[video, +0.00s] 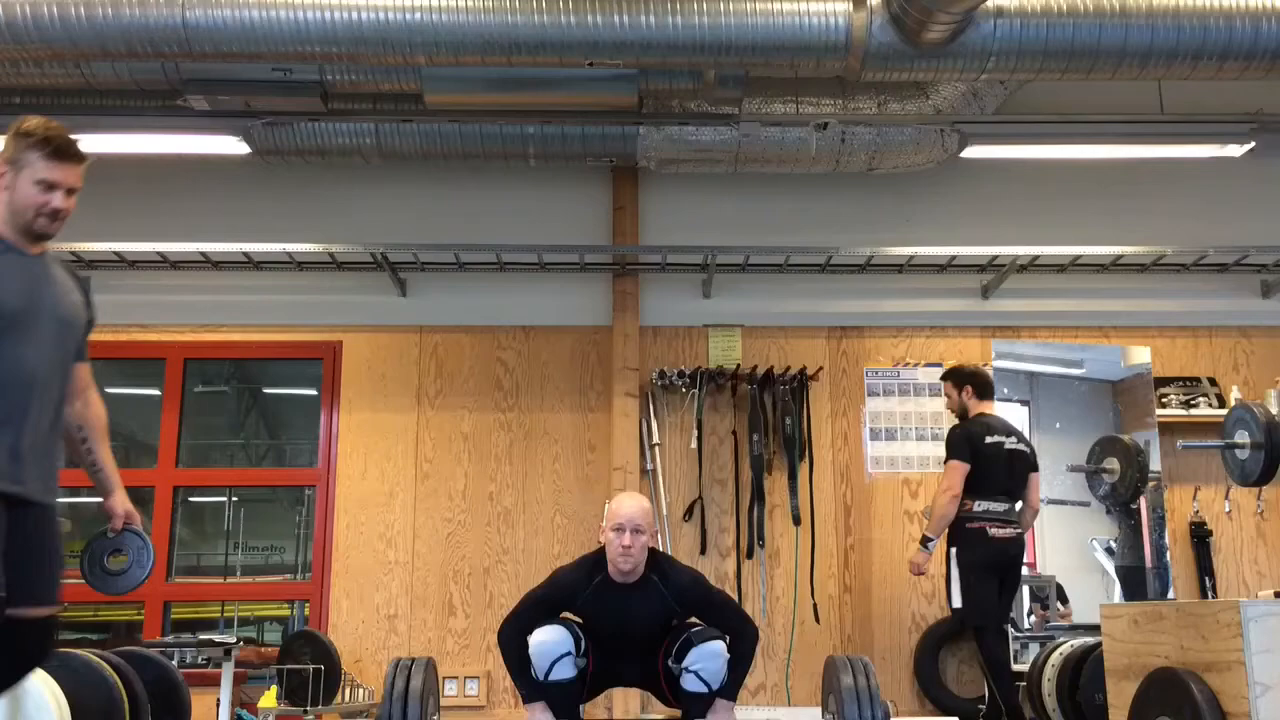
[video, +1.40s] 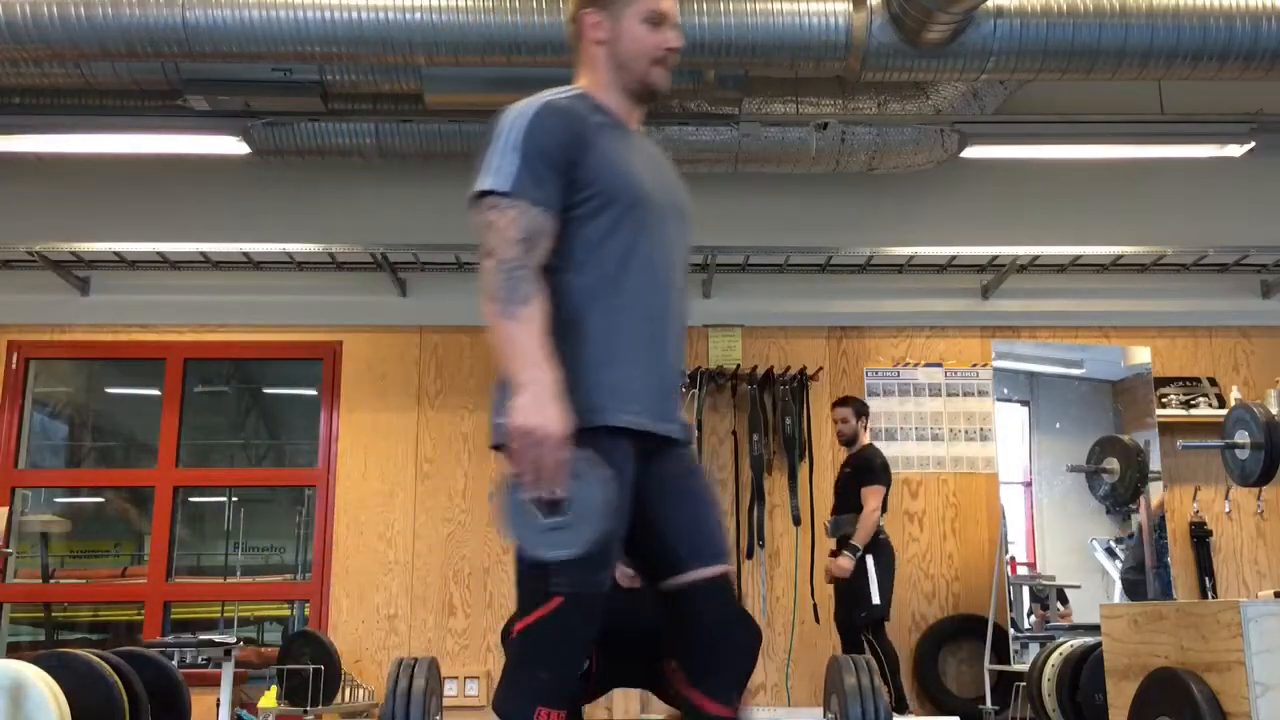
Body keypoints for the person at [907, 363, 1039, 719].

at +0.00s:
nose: (946, 404)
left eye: (948, 395)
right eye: (944, 396)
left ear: (968, 393)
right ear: (982, 394)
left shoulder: (964, 433)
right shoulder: (1020, 439)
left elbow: (951, 493)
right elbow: (1033, 504)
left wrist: (926, 546)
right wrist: (1011, 536)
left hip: (974, 540)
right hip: (1012, 542)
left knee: (985, 629)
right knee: (995, 628)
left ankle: (1013, 712)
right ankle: (993, 709)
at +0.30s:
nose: (929, 404)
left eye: (933, 397)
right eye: (928, 397)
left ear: (956, 395)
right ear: (962, 397)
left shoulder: (945, 434)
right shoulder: (998, 437)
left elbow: (934, 492)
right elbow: (1013, 499)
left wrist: (914, 542)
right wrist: (995, 533)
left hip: (954, 539)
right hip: (996, 541)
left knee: (935, 615)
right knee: (991, 624)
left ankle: (975, 689)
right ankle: (1001, 707)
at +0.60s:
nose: (901, 419)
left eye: (905, 412)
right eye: (900, 412)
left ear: (927, 409)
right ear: (931, 412)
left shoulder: (920, 448)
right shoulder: (968, 448)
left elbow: (913, 506)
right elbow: (975, 512)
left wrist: (895, 555)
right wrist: (965, 545)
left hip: (933, 551)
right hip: (973, 549)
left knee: (927, 635)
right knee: (978, 634)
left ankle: (920, 705)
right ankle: (994, 706)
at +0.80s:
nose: (876, 430)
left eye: (878, 422)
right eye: (875, 423)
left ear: (897, 418)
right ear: (903, 419)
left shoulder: (899, 456)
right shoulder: (938, 451)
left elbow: (896, 513)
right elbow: (947, 508)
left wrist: (881, 563)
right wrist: (934, 535)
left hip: (909, 552)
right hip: (944, 550)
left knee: (896, 631)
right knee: (948, 627)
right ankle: (984, 700)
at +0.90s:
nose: (867, 428)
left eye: (870, 421)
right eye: (865, 421)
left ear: (890, 418)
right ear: (896, 419)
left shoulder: (890, 456)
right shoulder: (924, 452)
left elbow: (887, 515)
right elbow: (926, 511)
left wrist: (871, 560)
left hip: (897, 551)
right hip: (928, 550)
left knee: (889, 632)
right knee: (927, 629)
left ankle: (901, 706)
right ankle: (958, 679)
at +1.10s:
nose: (855, 424)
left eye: (860, 417)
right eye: (853, 418)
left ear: (881, 416)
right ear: (878, 419)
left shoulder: (882, 452)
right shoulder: (894, 449)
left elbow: (875, 506)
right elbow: (889, 506)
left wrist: (848, 547)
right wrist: (856, 520)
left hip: (885, 546)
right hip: (899, 543)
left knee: (877, 621)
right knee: (879, 621)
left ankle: (903, 701)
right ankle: (905, 696)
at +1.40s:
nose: (838, 428)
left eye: (844, 422)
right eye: (835, 423)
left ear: (862, 422)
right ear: (835, 424)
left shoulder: (870, 458)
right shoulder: (851, 460)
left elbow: (873, 512)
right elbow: (846, 516)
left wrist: (850, 553)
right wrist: (836, 555)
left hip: (870, 551)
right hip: (851, 552)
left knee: (872, 630)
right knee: (848, 630)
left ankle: (900, 706)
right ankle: (857, 703)